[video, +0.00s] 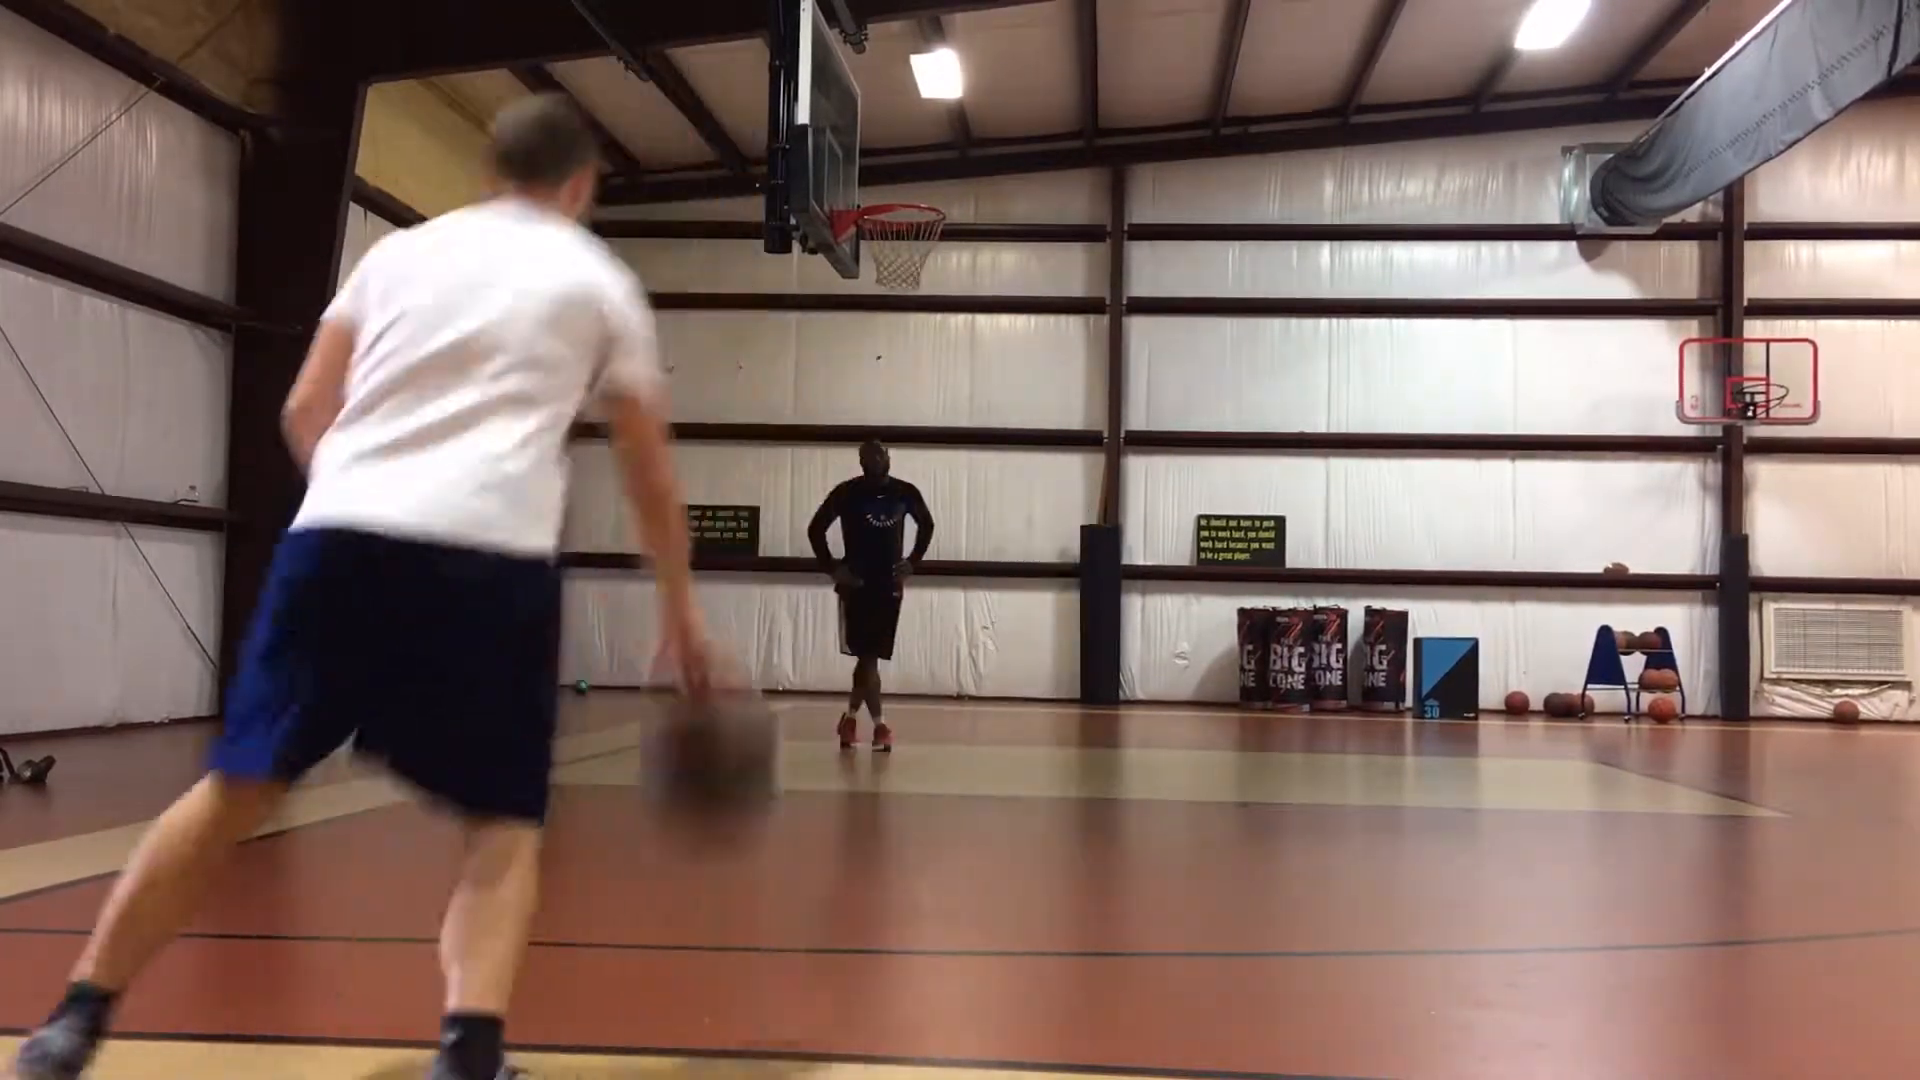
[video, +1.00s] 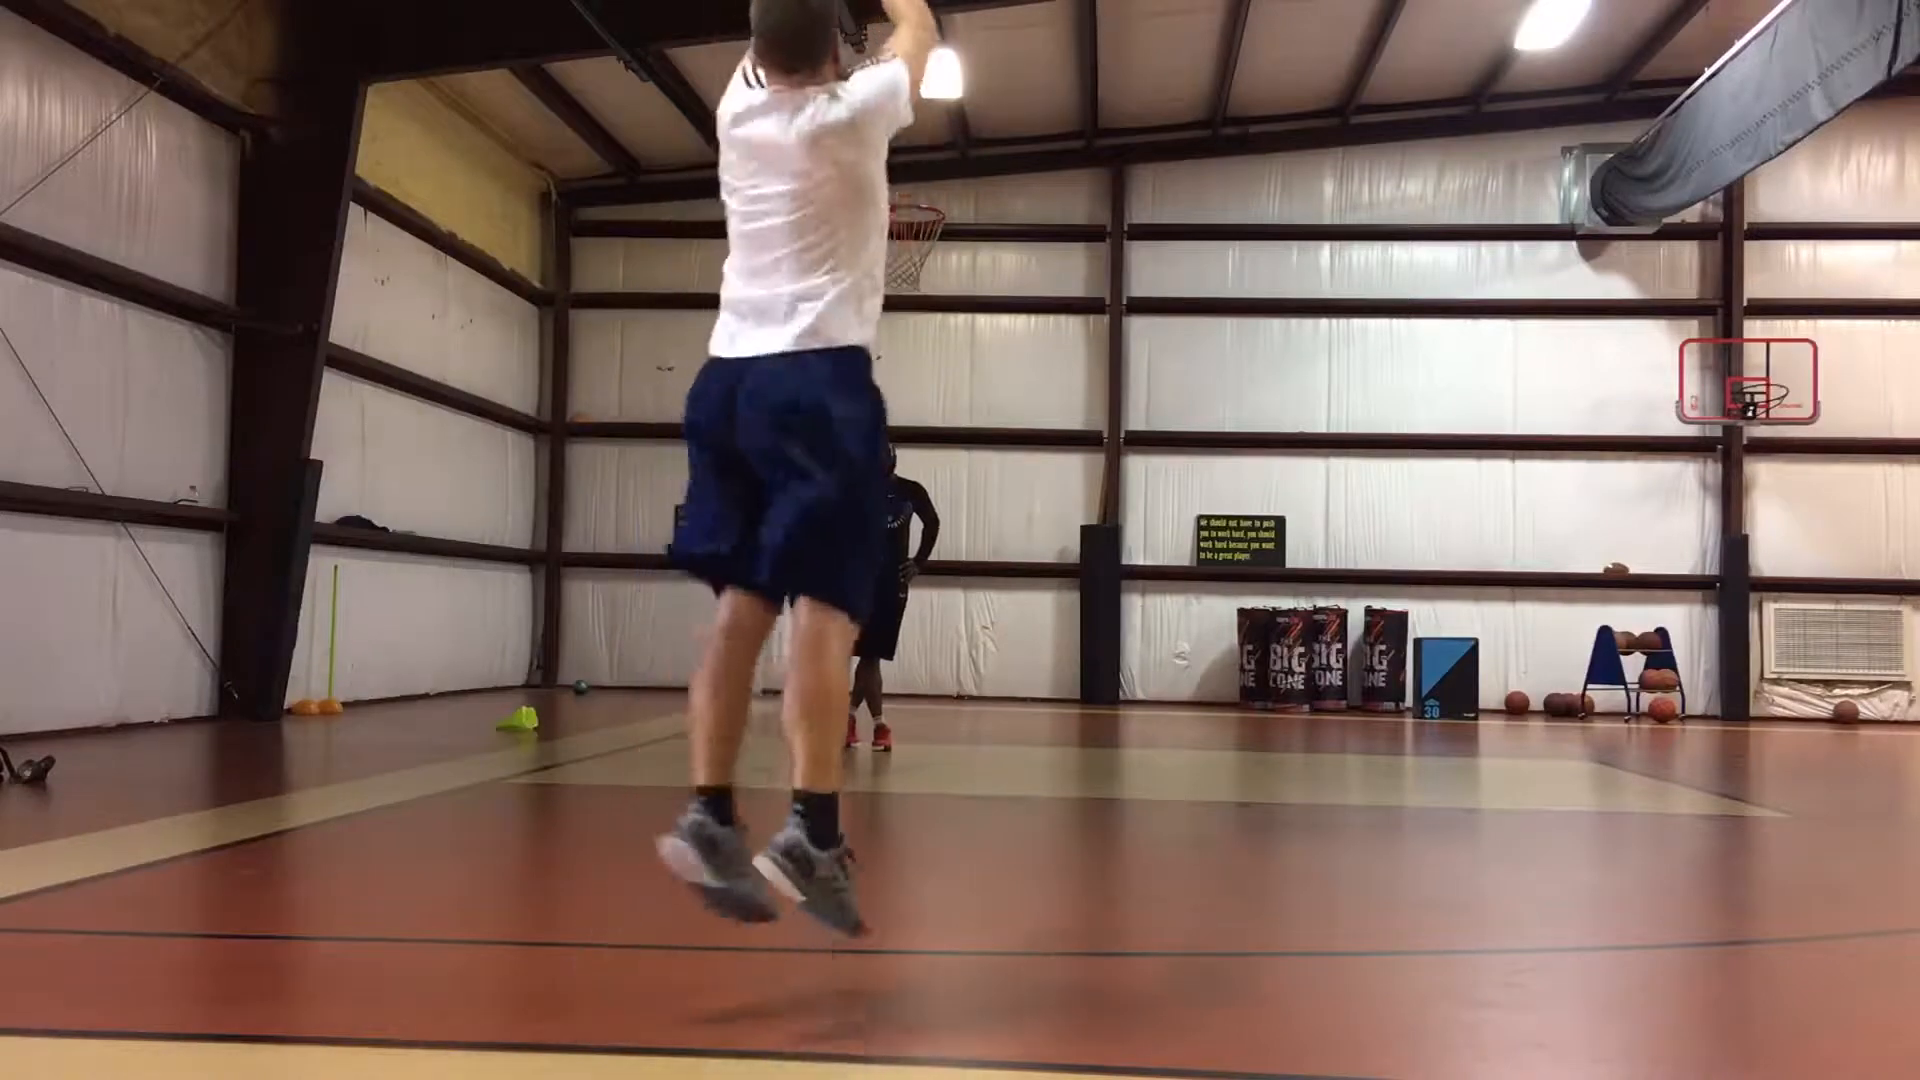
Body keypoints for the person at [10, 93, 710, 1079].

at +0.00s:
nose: (592, 200)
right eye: (595, 188)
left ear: (491, 173)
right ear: (582, 184)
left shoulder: (395, 253)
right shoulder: (597, 276)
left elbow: (308, 409)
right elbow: (650, 470)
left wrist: (376, 508)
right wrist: (681, 619)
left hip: (335, 544)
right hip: (490, 569)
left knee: (233, 784)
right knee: (505, 821)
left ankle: (76, 1018)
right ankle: (471, 1057)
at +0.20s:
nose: (533, 310)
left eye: (519, 301)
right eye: (534, 299)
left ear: (434, 293)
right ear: (524, 297)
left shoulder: (348, 376)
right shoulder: (549, 379)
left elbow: (282, 538)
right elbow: (596, 532)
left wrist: (367, 609)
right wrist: (715, 635)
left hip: (320, 625)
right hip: (477, 627)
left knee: (192, 842)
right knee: (612, 811)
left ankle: (31, 1045)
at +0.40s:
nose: (714, 295)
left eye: (710, 285)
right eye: (715, 284)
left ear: (628, 275)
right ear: (705, 279)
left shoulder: (561, 346)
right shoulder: (707, 347)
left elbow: (566, 486)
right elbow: (726, 508)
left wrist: (692, 538)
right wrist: (766, 556)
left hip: (476, 590)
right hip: (606, 591)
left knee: (461, 804)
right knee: (724, 813)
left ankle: (275, 933)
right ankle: (784, 1024)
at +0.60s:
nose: (777, 309)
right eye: (778, 298)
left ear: (690, 302)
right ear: (775, 306)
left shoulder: (646, 376)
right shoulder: (797, 385)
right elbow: (867, 519)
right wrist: (869, 428)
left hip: (595, 637)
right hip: (711, 638)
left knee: (690, 799)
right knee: (795, 819)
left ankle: (600, 984)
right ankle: (788, 1021)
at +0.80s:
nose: (779, 140)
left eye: (752, 129)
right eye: (792, 128)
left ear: (719, 132)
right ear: (804, 132)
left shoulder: (695, 201)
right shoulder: (826, 195)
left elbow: (743, 131)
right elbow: (912, 126)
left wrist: (755, 50)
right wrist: (884, 26)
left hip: (681, 464)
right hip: (788, 464)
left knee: (675, 697)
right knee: (801, 701)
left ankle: (634, 914)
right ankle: (813, 914)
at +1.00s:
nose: (848, 52)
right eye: (844, 41)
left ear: (757, 54)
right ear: (842, 49)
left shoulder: (736, 114)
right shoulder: (860, 111)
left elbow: (763, 53)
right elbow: (913, 32)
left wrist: (828, 33)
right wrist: (894, 5)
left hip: (728, 380)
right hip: (822, 380)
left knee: (743, 607)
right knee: (825, 616)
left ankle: (708, 820)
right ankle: (814, 836)